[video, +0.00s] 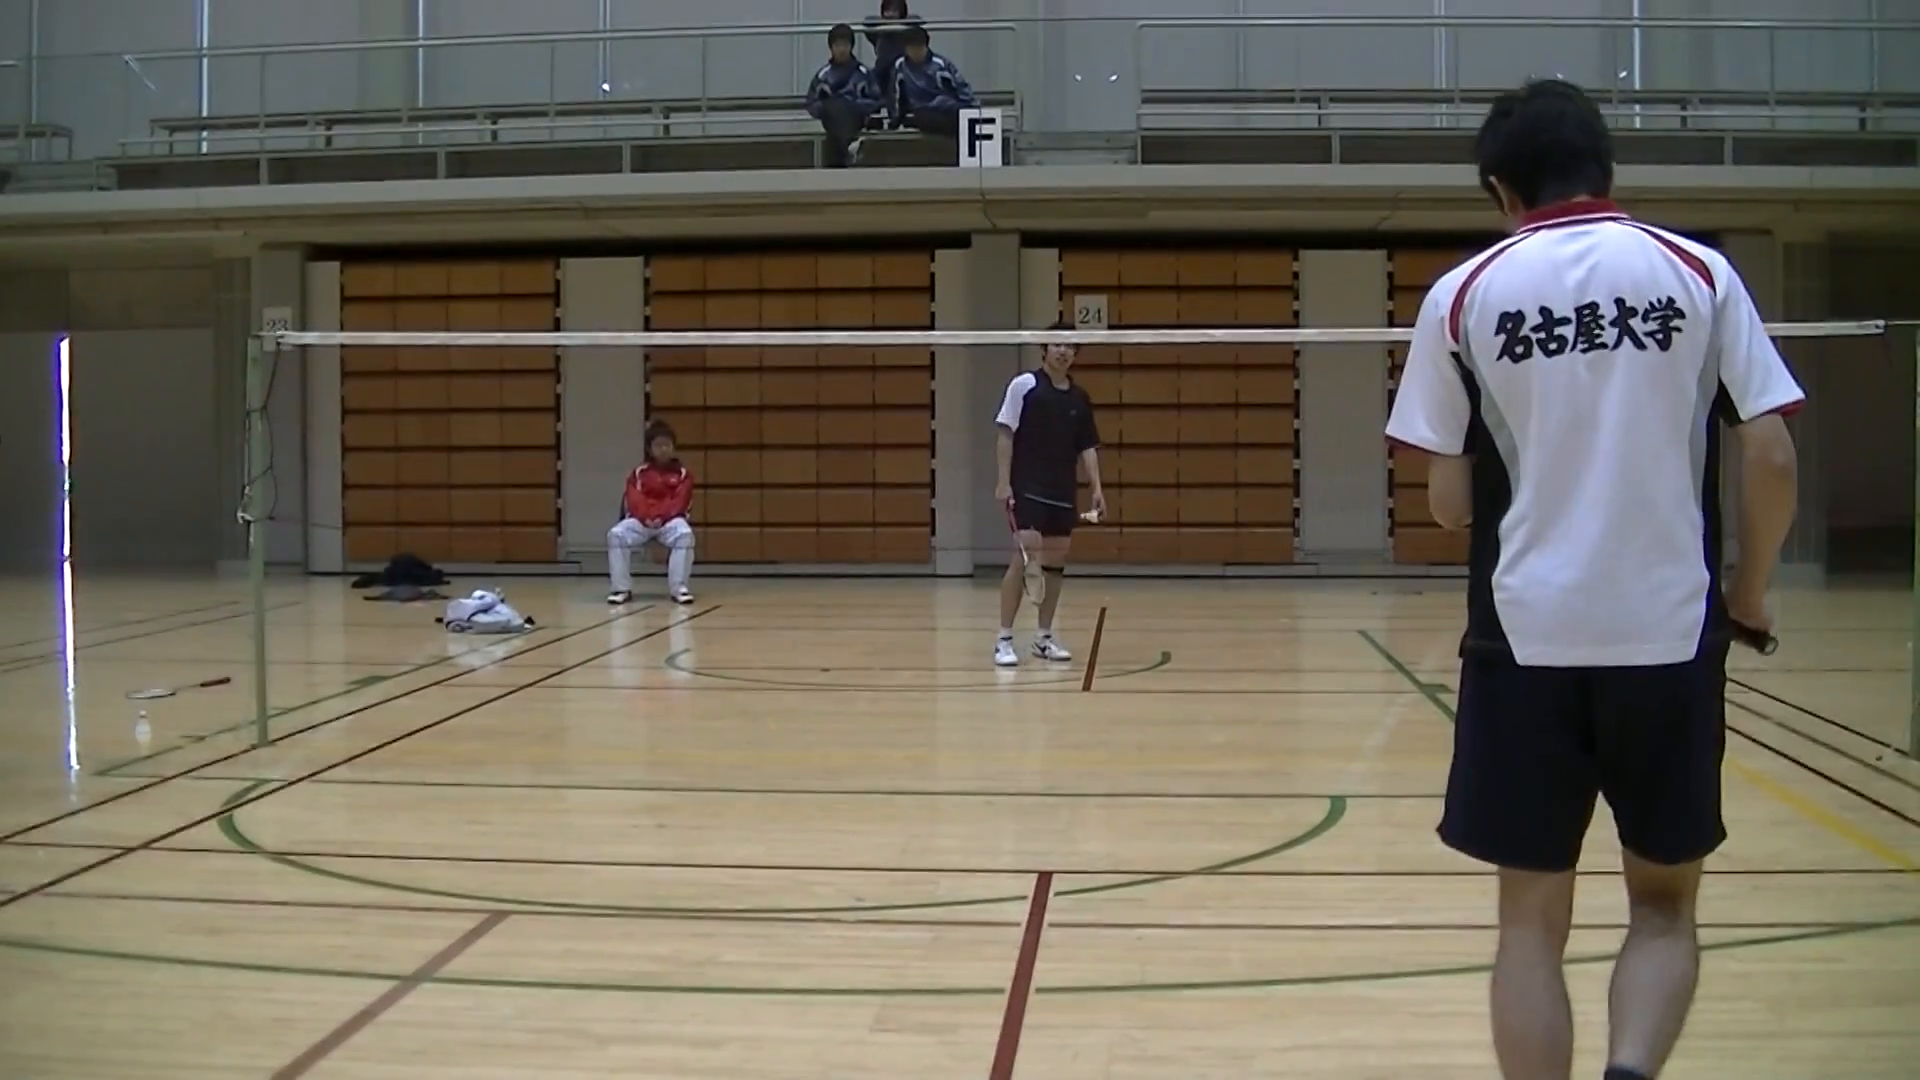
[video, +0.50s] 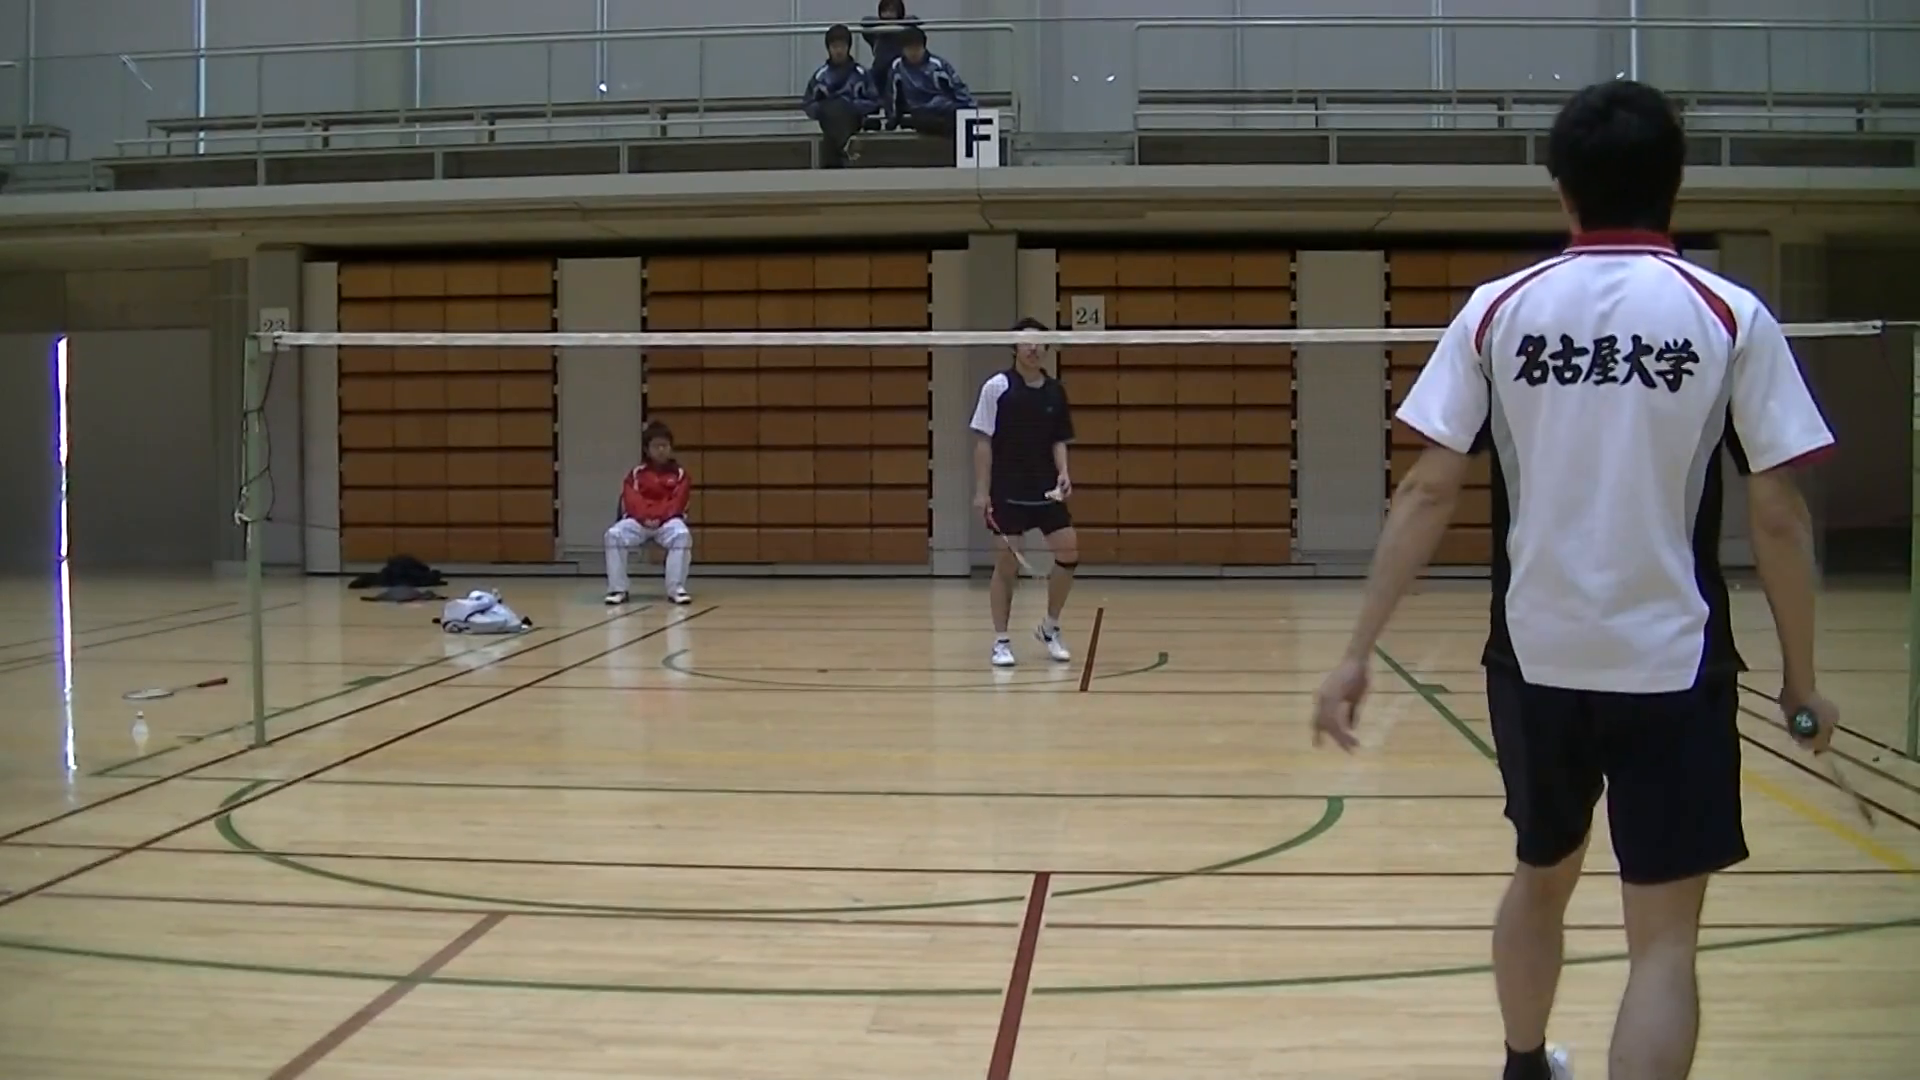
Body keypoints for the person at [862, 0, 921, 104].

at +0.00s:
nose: (890, 14)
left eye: (895, 10)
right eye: (887, 10)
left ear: (902, 12)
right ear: (882, 12)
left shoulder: (906, 29)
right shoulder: (878, 32)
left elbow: (917, 20)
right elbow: (867, 23)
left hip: (902, 66)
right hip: (881, 66)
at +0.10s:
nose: (890, 14)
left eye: (895, 10)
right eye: (887, 10)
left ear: (901, 12)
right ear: (882, 12)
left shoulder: (905, 29)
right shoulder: (878, 33)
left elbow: (916, 20)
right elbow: (867, 22)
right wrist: (884, 21)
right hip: (881, 68)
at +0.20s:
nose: (889, 14)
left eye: (893, 11)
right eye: (885, 10)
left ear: (900, 13)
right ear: (881, 13)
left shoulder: (904, 30)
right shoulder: (877, 33)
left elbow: (916, 20)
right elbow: (866, 23)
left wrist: (898, 23)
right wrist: (883, 22)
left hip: (901, 68)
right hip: (880, 69)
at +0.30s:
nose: (889, 15)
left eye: (893, 11)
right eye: (885, 11)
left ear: (899, 13)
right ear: (881, 13)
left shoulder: (904, 30)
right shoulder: (876, 33)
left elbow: (916, 20)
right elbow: (866, 22)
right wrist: (882, 23)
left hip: (900, 68)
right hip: (879, 68)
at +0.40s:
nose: (888, 14)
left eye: (892, 10)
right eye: (885, 10)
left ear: (899, 13)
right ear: (881, 13)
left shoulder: (904, 30)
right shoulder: (876, 32)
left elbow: (917, 20)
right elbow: (865, 22)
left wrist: (897, 23)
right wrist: (883, 22)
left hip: (900, 69)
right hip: (879, 69)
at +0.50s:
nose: (888, 14)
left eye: (892, 10)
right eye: (884, 10)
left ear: (899, 12)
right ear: (880, 13)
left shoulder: (903, 30)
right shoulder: (875, 33)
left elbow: (916, 21)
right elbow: (865, 22)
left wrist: (897, 23)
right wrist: (882, 23)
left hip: (901, 69)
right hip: (879, 69)